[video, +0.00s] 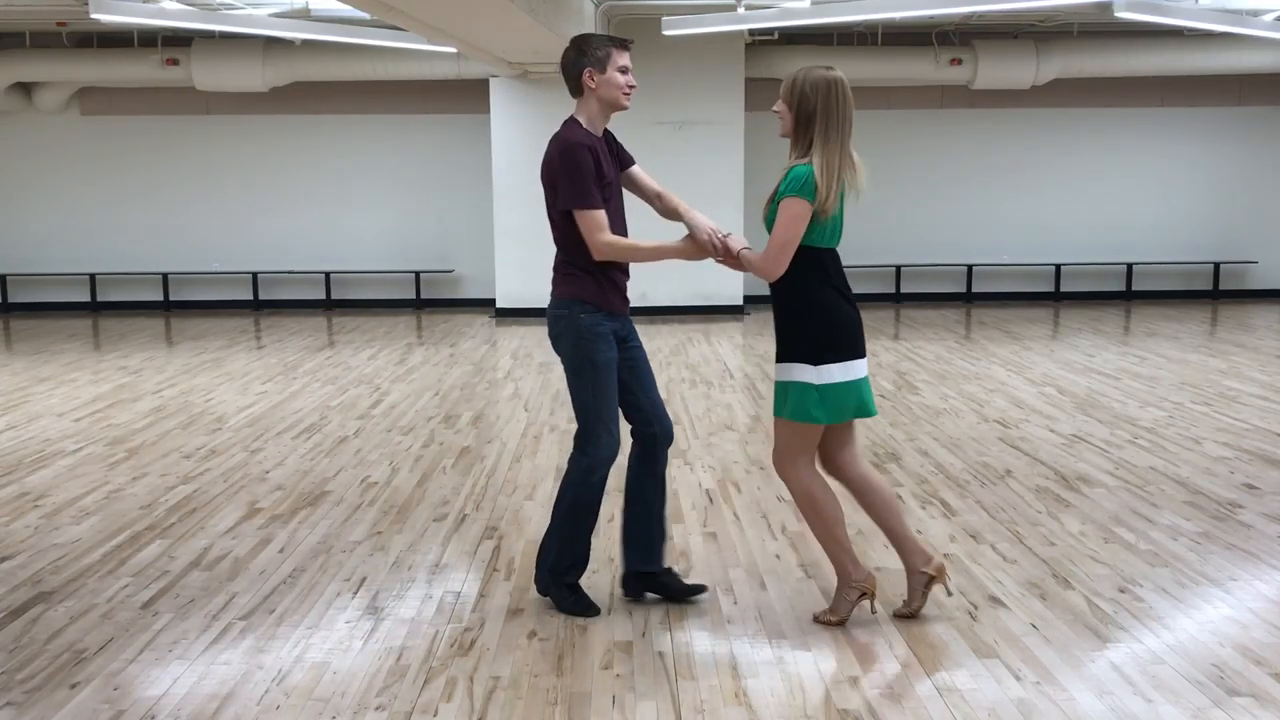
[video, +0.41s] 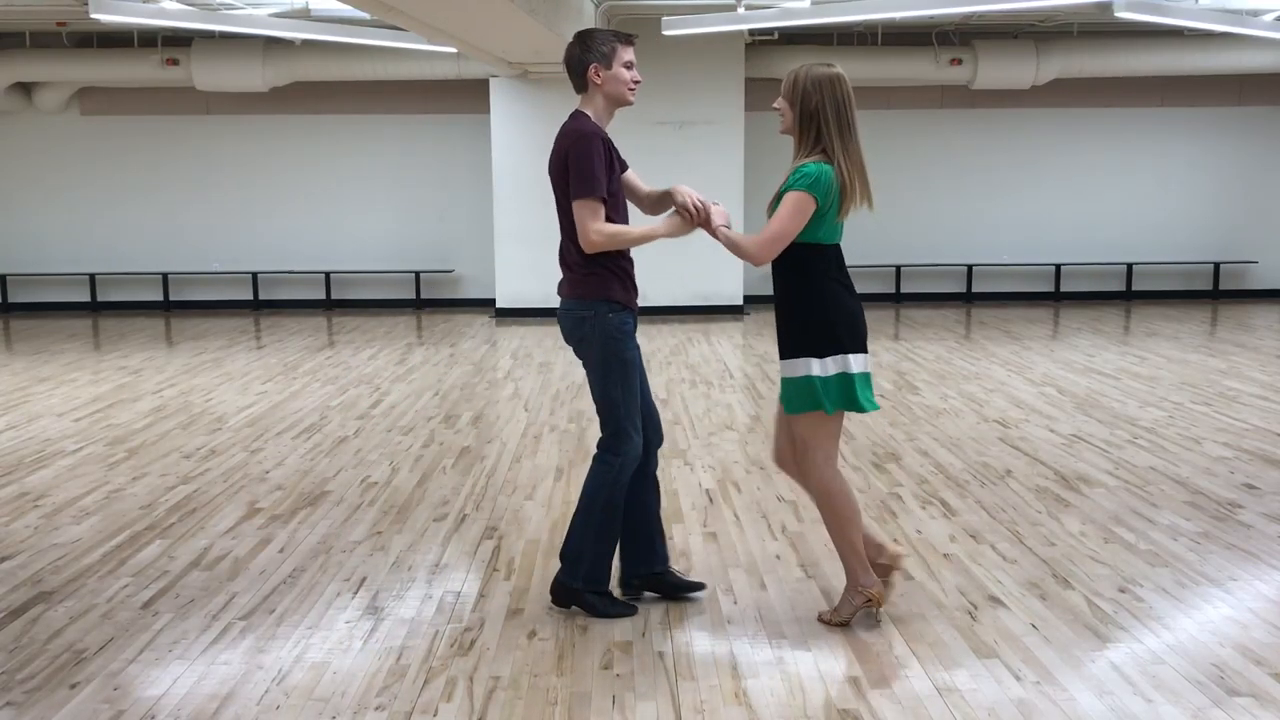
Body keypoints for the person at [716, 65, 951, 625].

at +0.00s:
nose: (775, 108)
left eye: (783, 101)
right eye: (779, 100)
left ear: (805, 112)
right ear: (818, 111)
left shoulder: (805, 175)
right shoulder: (825, 170)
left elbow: (771, 268)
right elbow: (790, 262)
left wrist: (733, 250)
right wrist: (739, 259)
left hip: (810, 338)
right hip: (837, 332)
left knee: (791, 461)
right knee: (842, 458)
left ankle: (851, 576)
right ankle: (919, 560)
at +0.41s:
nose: (776, 105)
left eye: (784, 98)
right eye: (779, 97)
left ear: (805, 109)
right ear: (819, 109)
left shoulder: (815, 174)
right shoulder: (810, 171)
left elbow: (760, 251)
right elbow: (771, 246)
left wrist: (715, 229)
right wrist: (728, 228)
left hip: (824, 335)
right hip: (811, 333)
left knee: (817, 463)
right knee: (788, 455)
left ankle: (863, 583)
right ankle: (875, 553)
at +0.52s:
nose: (768, 107)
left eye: (777, 99)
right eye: (771, 98)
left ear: (801, 110)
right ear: (808, 109)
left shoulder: (810, 175)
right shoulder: (801, 172)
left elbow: (741, 237)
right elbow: (747, 233)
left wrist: (703, 210)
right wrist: (705, 212)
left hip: (820, 340)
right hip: (801, 339)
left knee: (817, 459)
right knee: (758, 445)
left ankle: (863, 579)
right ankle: (810, 559)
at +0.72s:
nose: (746, 107)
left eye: (754, 99)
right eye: (749, 98)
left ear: (778, 109)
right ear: (782, 109)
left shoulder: (780, 173)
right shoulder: (773, 167)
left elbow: (697, 213)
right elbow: (713, 205)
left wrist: (664, 183)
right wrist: (673, 181)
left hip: (778, 333)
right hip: (756, 328)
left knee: (764, 460)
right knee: (728, 444)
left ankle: (841, 566)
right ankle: (749, 562)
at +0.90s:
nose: (728, 107)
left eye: (737, 101)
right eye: (733, 99)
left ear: (757, 112)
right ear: (772, 114)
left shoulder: (757, 172)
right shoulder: (761, 170)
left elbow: (672, 197)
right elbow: (683, 197)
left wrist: (641, 160)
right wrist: (647, 162)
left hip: (746, 340)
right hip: (753, 335)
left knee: (688, 451)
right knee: (723, 453)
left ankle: (755, 554)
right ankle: (748, 571)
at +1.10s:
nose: (711, 110)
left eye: (719, 103)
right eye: (714, 102)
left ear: (739, 113)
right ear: (749, 118)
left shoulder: (742, 170)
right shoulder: (731, 173)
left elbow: (665, 141)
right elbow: (655, 164)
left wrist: (635, 90)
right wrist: (621, 105)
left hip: (720, 330)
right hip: (729, 328)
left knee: (668, 445)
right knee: (689, 451)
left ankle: (693, 569)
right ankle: (742, 560)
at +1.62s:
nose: (723, 118)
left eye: (732, 109)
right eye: (726, 112)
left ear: (753, 117)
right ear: (742, 117)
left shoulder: (756, 168)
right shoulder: (728, 169)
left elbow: (729, 111)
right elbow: (700, 134)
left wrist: (695, 35)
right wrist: (675, 93)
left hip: (728, 336)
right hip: (706, 331)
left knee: (680, 456)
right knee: (689, 454)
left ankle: (746, 555)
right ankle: (719, 558)